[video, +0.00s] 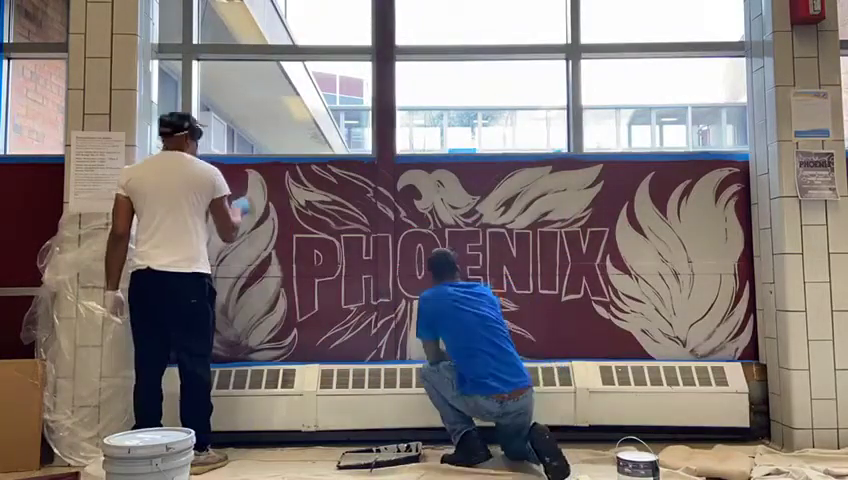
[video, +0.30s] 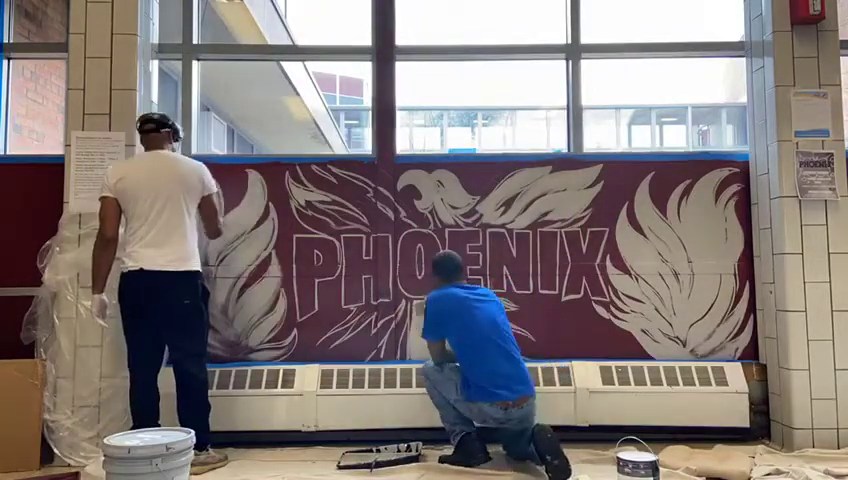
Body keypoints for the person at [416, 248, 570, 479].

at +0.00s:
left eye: (430, 275)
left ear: (431, 276)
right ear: (459, 271)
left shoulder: (429, 299)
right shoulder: (485, 291)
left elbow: (434, 357)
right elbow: (495, 338)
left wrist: (464, 357)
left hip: (482, 399)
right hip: (521, 397)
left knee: (430, 373)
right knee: (514, 449)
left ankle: (468, 442)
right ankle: (537, 441)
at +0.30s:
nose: (431, 282)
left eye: (432, 277)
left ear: (436, 277)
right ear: (464, 274)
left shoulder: (437, 299)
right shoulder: (488, 294)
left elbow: (439, 357)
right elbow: (500, 345)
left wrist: (471, 353)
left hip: (488, 408)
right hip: (525, 408)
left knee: (431, 372)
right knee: (515, 447)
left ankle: (467, 443)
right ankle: (538, 442)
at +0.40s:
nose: (423, 285)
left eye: (424, 280)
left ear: (427, 280)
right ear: (454, 277)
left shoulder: (428, 301)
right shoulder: (479, 296)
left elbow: (434, 358)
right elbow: (490, 343)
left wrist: (465, 352)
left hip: (484, 412)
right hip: (520, 410)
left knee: (429, 373)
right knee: (514, 447)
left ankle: (465, 443)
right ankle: (535, 442)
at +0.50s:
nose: (422, 320)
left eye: (421, 313)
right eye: (419, 315)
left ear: (432, 305)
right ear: (442, 300)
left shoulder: (445, 318)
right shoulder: (475, 312)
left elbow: (447, 379)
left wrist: (425, 373)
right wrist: (434, 366)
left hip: (513, 401)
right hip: (541, 401)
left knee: (443, 379)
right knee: (515, 444)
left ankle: (471, 448)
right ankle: (548, 440)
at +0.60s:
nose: (426, 322)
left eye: (424, 316)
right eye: (424, 317)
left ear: (428, 314)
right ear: (452, 304)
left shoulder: (444, 329)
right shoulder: (479, 317)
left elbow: (448, 391)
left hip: (516, 400)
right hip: (547, 400)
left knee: (451, 379)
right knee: (517, 442)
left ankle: (473, 448)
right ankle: (550, 441)